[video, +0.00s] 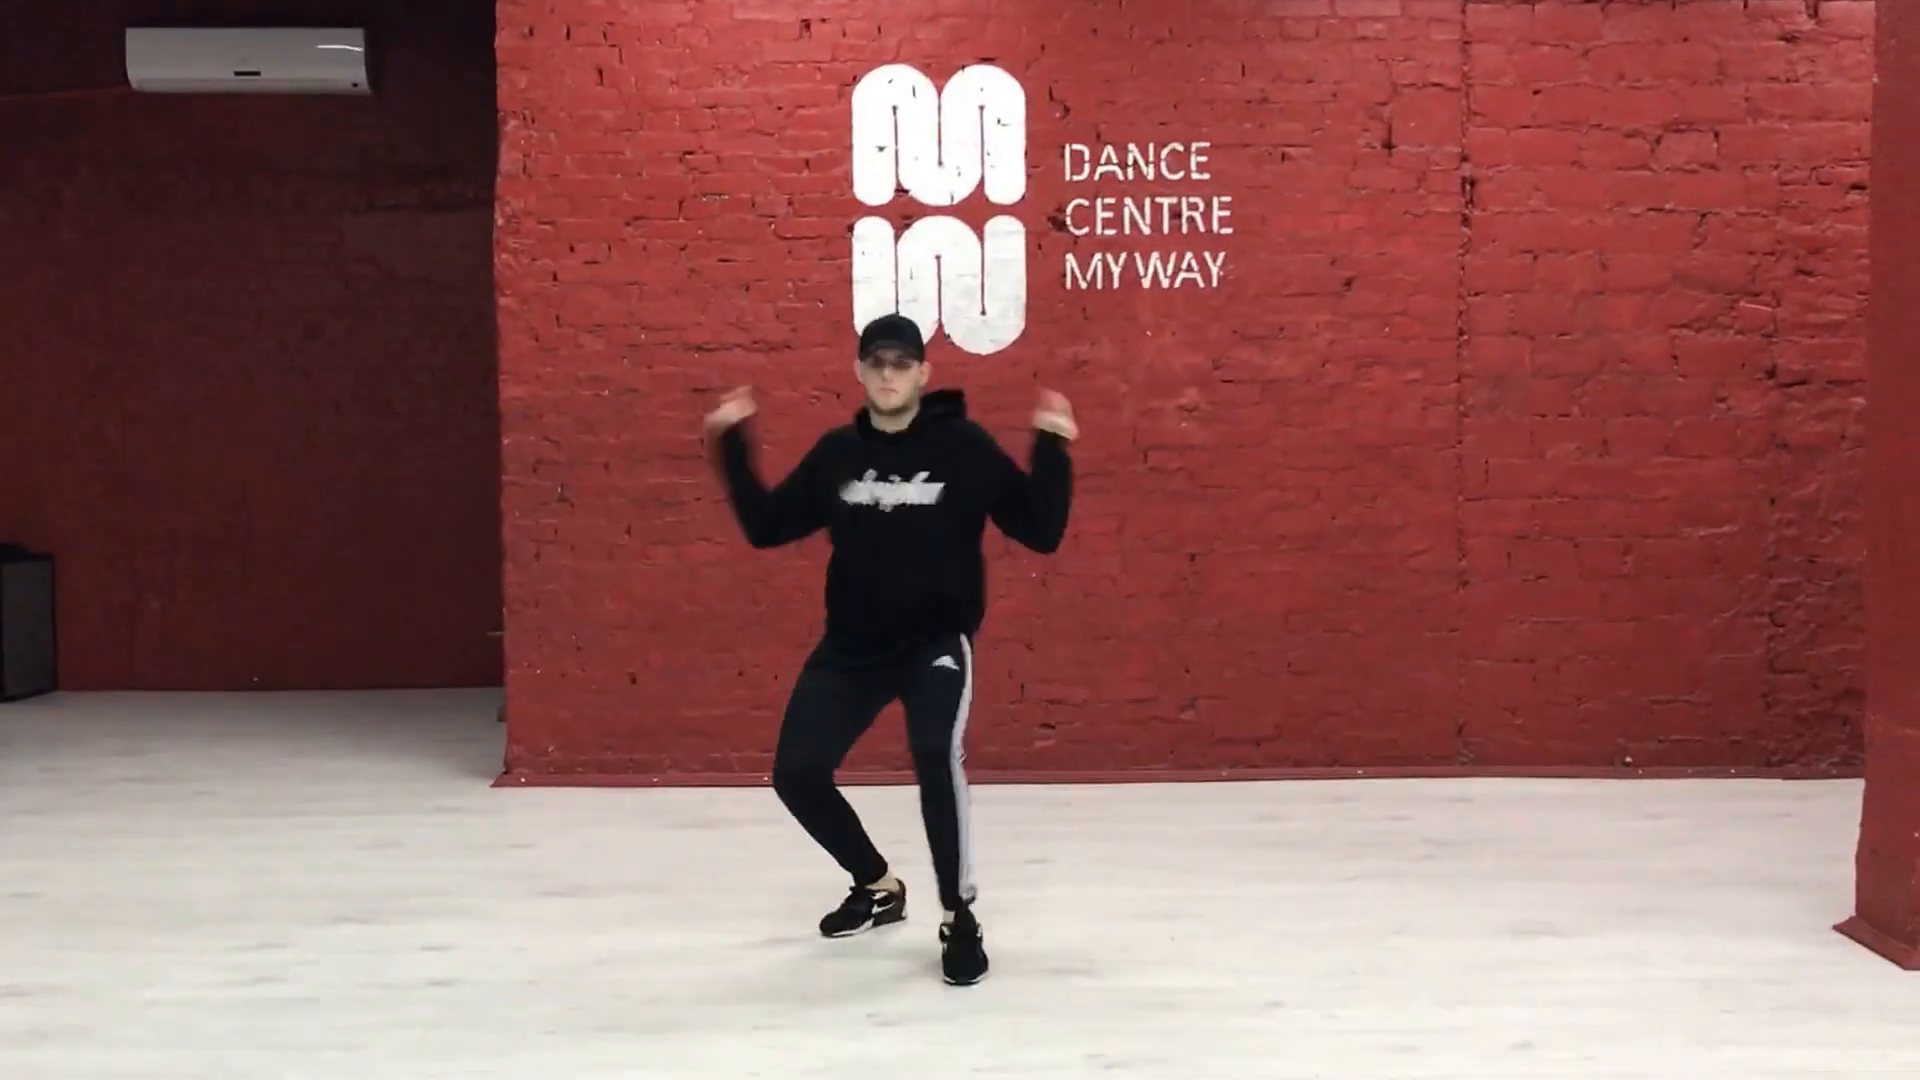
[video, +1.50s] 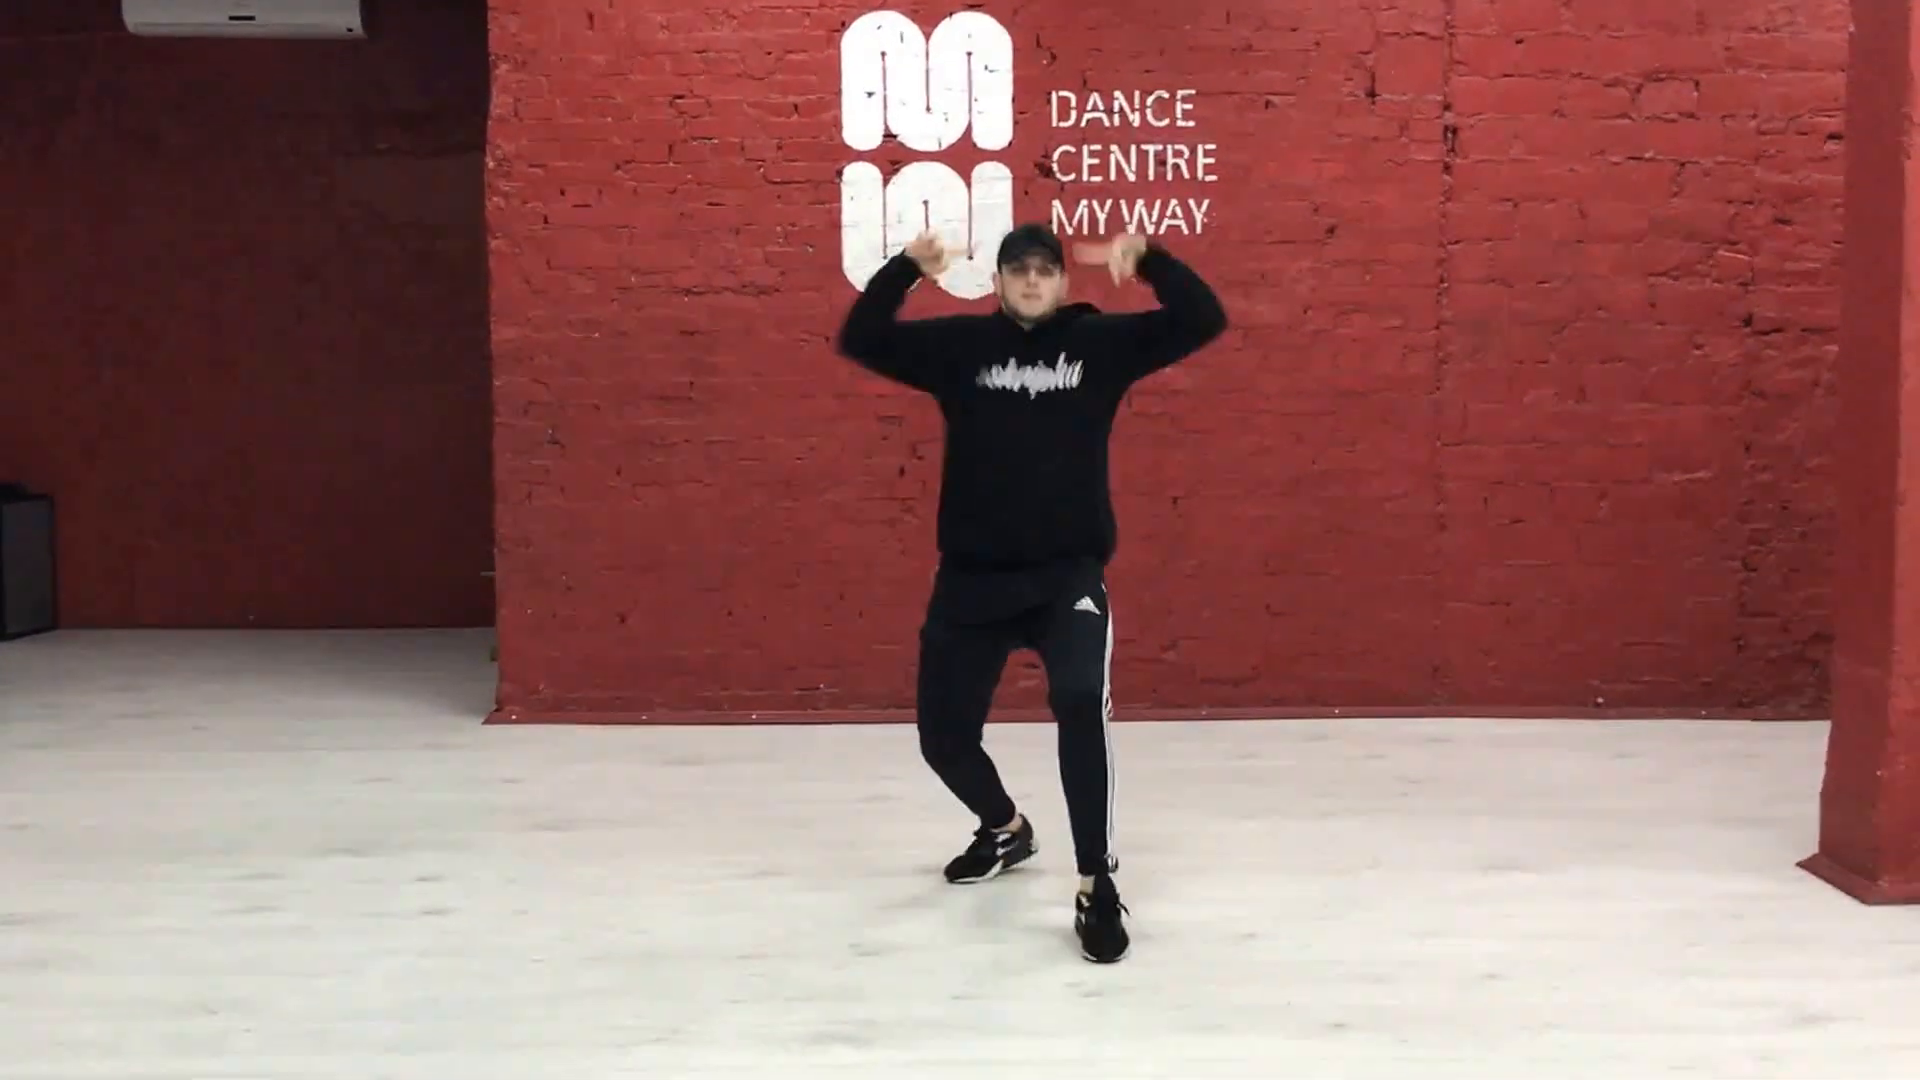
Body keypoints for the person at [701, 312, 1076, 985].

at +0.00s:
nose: (888, 375)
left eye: (902, 363)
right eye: (876, 363)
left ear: (923, 372)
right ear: (860, 372)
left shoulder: (963, 447)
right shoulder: (839, 452)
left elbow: (1041, 531)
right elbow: (766, 525)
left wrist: (1054, 448)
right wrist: (730, 444)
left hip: (938, 642)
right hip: (853, 646)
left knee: (937, 762)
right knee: (798, 775)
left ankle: (960, 917)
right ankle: (878, 885)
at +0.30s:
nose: (847, 341)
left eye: (862, 329)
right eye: (838, 329)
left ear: (895, 333)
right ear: (828, 336)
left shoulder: (926, 400)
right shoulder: (828, 416)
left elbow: (950, 497)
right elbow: (777, 490)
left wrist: (855, 480)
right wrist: (742, 546)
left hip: (903, 609)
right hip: (828, 603)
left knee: (816, 728)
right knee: (759, 728)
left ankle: (809, 912)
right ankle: (848, 871)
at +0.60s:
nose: (886, 335)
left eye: (899, 323)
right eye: (885, 322)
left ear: (940, 325)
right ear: (893, 325)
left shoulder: (938, 405)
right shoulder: (895, 386)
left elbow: (887, 515)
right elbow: (852, 474)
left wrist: (795, 487)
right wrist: (772, 462)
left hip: (910, 596)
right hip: (876, 588)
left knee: (826, 736)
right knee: (795, 691)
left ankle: (965, 873)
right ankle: (847, 862)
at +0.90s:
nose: (942, 309)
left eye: (958, 298)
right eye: (935, 296)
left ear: (989, 306)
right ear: (923, 300)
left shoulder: (1000, 369)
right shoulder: (920, 362)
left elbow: (978, 453)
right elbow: (898, 423)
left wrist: (885, 438)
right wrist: (848, 422)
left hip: (1007, 579)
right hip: (948, 576)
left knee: (913, 711)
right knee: (859, 688)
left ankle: (994, 881)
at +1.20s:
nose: (1003, 284)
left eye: (1017, 271)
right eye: (990, 271)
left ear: (1036, 280)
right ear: (971, 278)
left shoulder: (1072, 355)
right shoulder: (941, 364)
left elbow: (1162, 426)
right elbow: (881, 441)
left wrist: (1101, 380)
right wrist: (845, 434)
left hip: (1054, 563)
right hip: (972, 571)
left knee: (1037, 679)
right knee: (935, 725)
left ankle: (1061, 837)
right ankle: (1047, 830)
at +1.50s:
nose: (1031, 283)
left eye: (1044, 271)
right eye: (1019, 271)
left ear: (1064, 280)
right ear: (998, 281)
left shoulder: (1100, 343)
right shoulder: (960, 346)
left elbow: (1201, 320)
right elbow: (861, 338)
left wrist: (1151, 260)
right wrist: (907, 266)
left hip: (1068, 571)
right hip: (975, 573)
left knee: (1081, 713)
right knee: (945, 735)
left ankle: (1096, 883)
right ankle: (1004, 828)